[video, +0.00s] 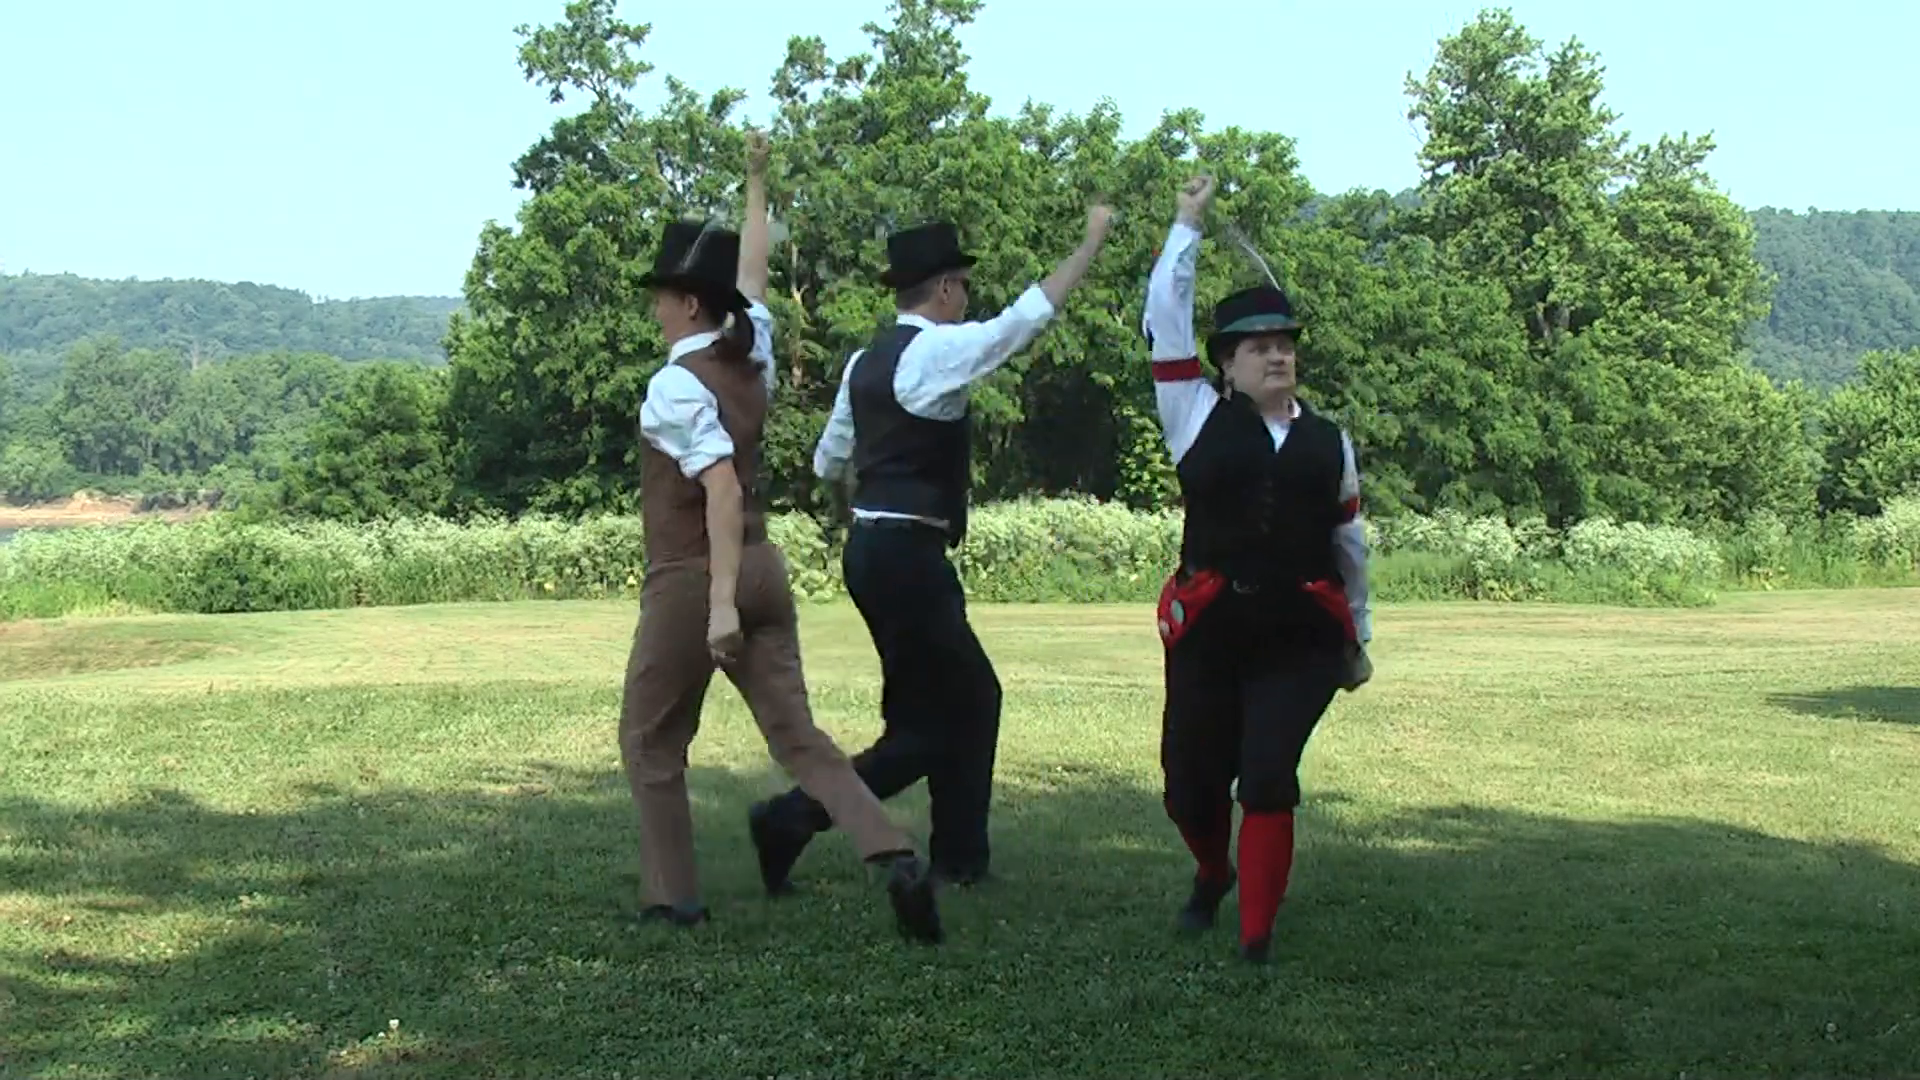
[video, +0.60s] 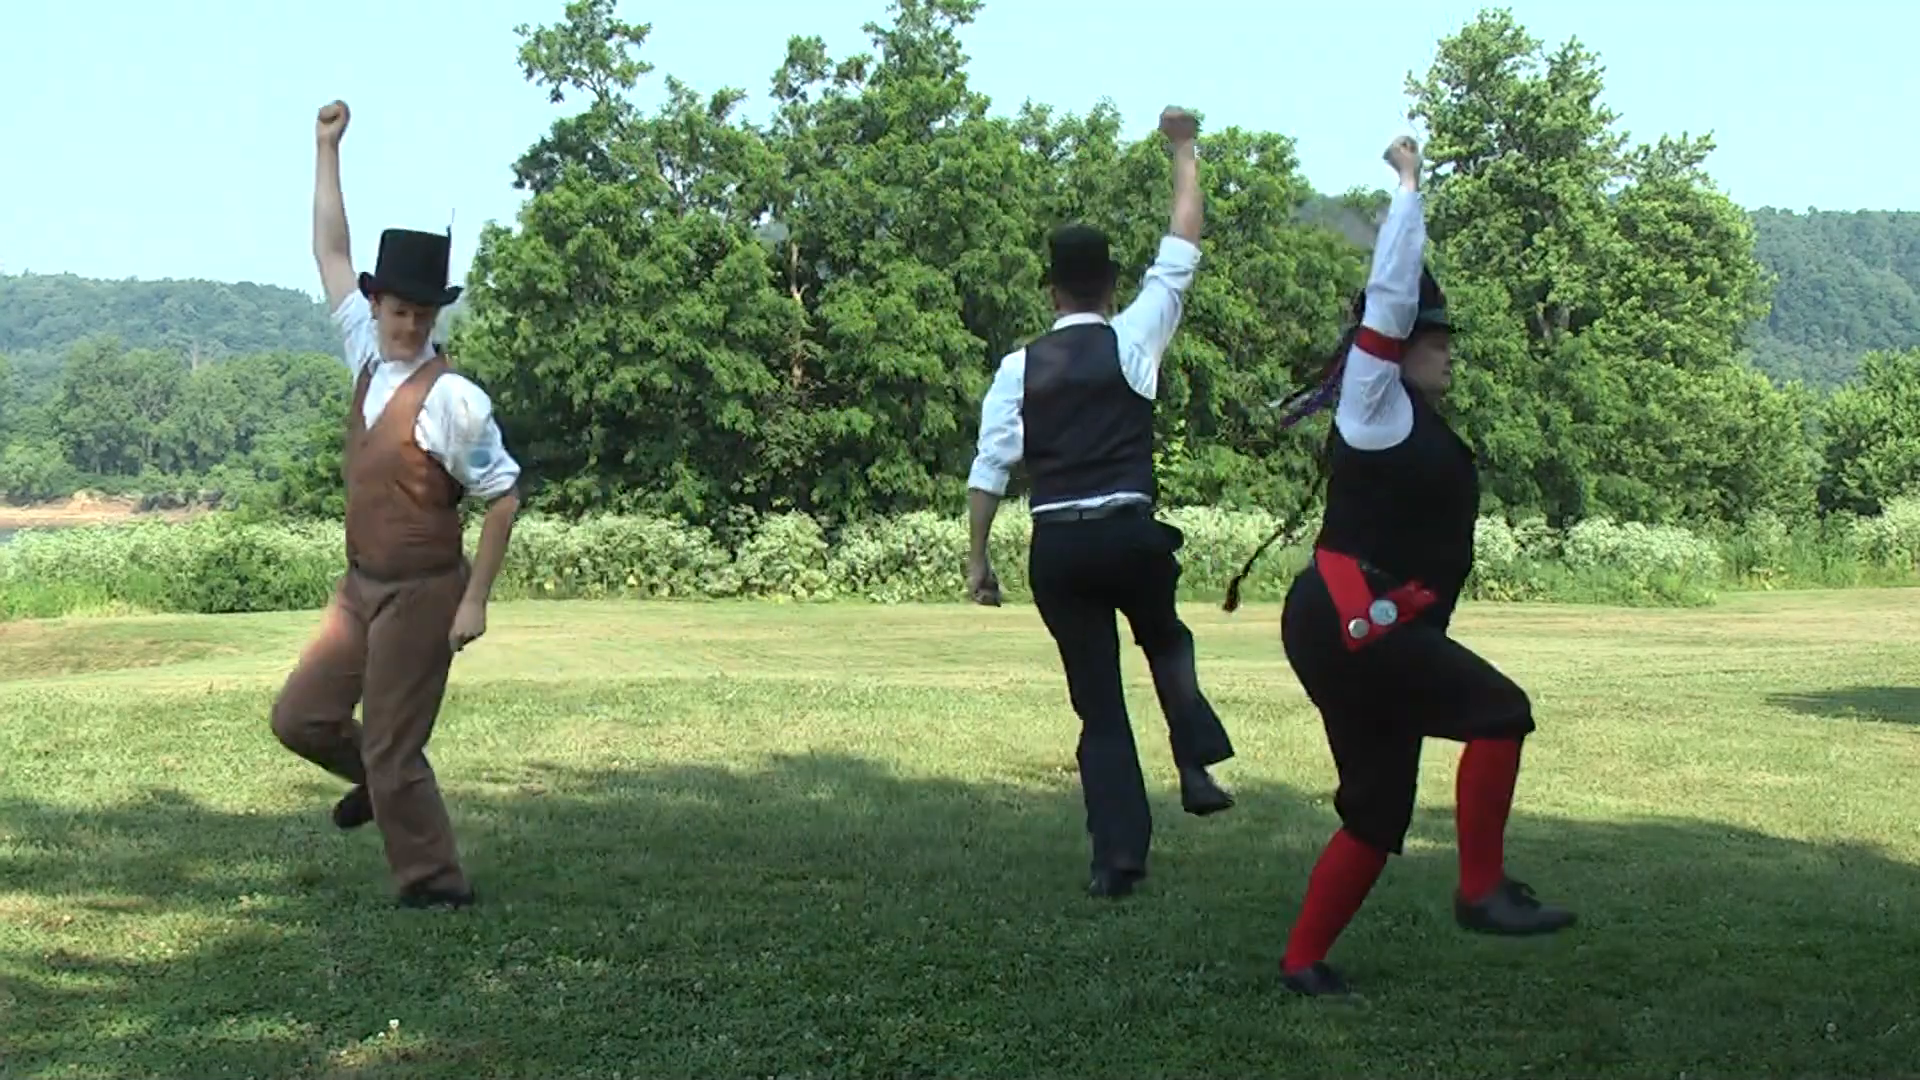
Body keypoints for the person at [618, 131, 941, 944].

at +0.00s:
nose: (655, 309)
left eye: (659, 297)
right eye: (656, 296)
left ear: (684, 305)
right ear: (712, 303)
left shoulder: (675, 384)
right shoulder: (751, 342)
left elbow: (724, 481)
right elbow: (754, 265)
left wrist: (723, 592)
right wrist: (756, 177)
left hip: (684, 580)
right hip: (755, 567)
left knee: (650, 741)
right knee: (797, 737)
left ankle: (673, 899)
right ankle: (895, 855)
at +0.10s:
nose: (597, 299)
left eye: (603, 289)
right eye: (600, 287)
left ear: (634, 297)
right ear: (655, 295)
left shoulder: (621, 378)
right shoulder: (683, 336)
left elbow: (663, 475)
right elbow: (687, 248)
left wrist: (676, 587)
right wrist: (704, 155)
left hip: (645, 576)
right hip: (697, 561)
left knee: (630, 749)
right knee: (675, 731)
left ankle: (666, 899)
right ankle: (794, 793)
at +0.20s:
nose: (551, 265)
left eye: (558, 254)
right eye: (552, 254)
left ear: (594, 257)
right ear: (604, 252)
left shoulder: (591, 326)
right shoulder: (624, 295)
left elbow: (634, 436)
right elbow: (624, 203)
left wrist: (621, 548)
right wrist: (632, 113)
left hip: (594, 530)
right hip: (605, 522)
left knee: (604, 707)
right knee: (565, 678)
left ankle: (659, 883)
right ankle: (715, 728)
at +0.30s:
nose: (504, 253)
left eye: (512, 243)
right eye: (504, 242)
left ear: (550, 245)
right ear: (553, 240)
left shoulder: (568, 319)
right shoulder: (547, 296)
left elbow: (623, 423)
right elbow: (550, 193)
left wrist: (582, 524)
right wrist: (553, 97)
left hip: (544, 520)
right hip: (524, 517)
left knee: (519, 689)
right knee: (516, 670)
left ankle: (594, 845)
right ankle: (672, 681)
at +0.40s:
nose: (459, 274)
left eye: (469, 264)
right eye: (461, 264)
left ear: (500, 266)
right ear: (504, 262)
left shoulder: (534, 350)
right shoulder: (489, 327)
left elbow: (604, 449)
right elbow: (471, 220)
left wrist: (546, 539)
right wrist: (473, 112)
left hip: (496, 550)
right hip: (458, 545)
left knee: (470, 707)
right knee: (469, 700)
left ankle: (473, 874)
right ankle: (610, 672)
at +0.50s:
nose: (427, 319)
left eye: (439, 309)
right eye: (425, 305)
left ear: (469, 313)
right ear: (425, 304)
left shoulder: (498, 396)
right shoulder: (428, 361)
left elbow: (562, 492)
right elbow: (402, 261)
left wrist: (515, 580)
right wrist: (404, 152)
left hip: (459, 595)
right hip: (405, 586)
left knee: (417, 742)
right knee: (376, 725)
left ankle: (438, 881)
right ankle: (504, 714)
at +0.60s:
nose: (405, 324)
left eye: (419, 312)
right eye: (395, 309)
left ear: (437, 315)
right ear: (373, 304)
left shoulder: (456, 401)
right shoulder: (366, 357)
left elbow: (504, 494)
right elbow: (332, 252)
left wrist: (476, 595)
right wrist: (327, 149)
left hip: (419, 597)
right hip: (359, 589)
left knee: (391, 755)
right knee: (298, 718)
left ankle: (439, 884)